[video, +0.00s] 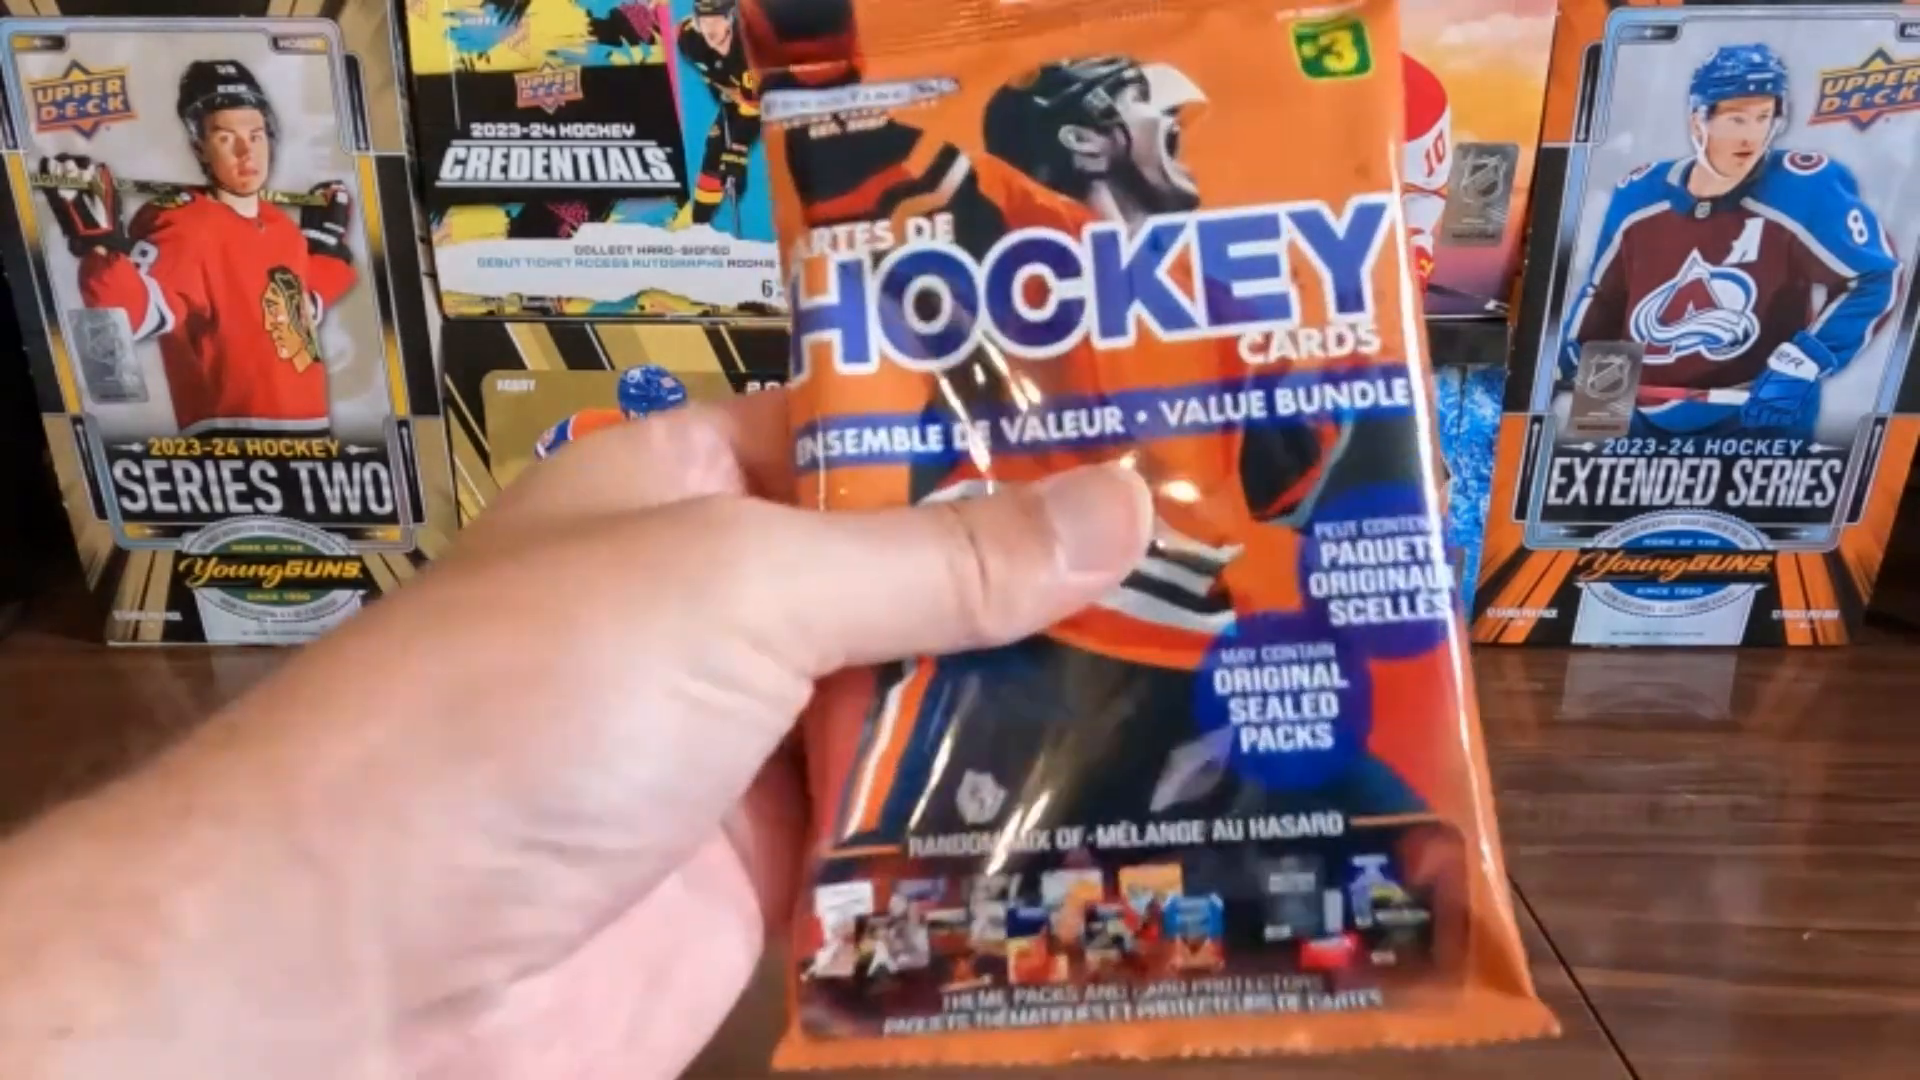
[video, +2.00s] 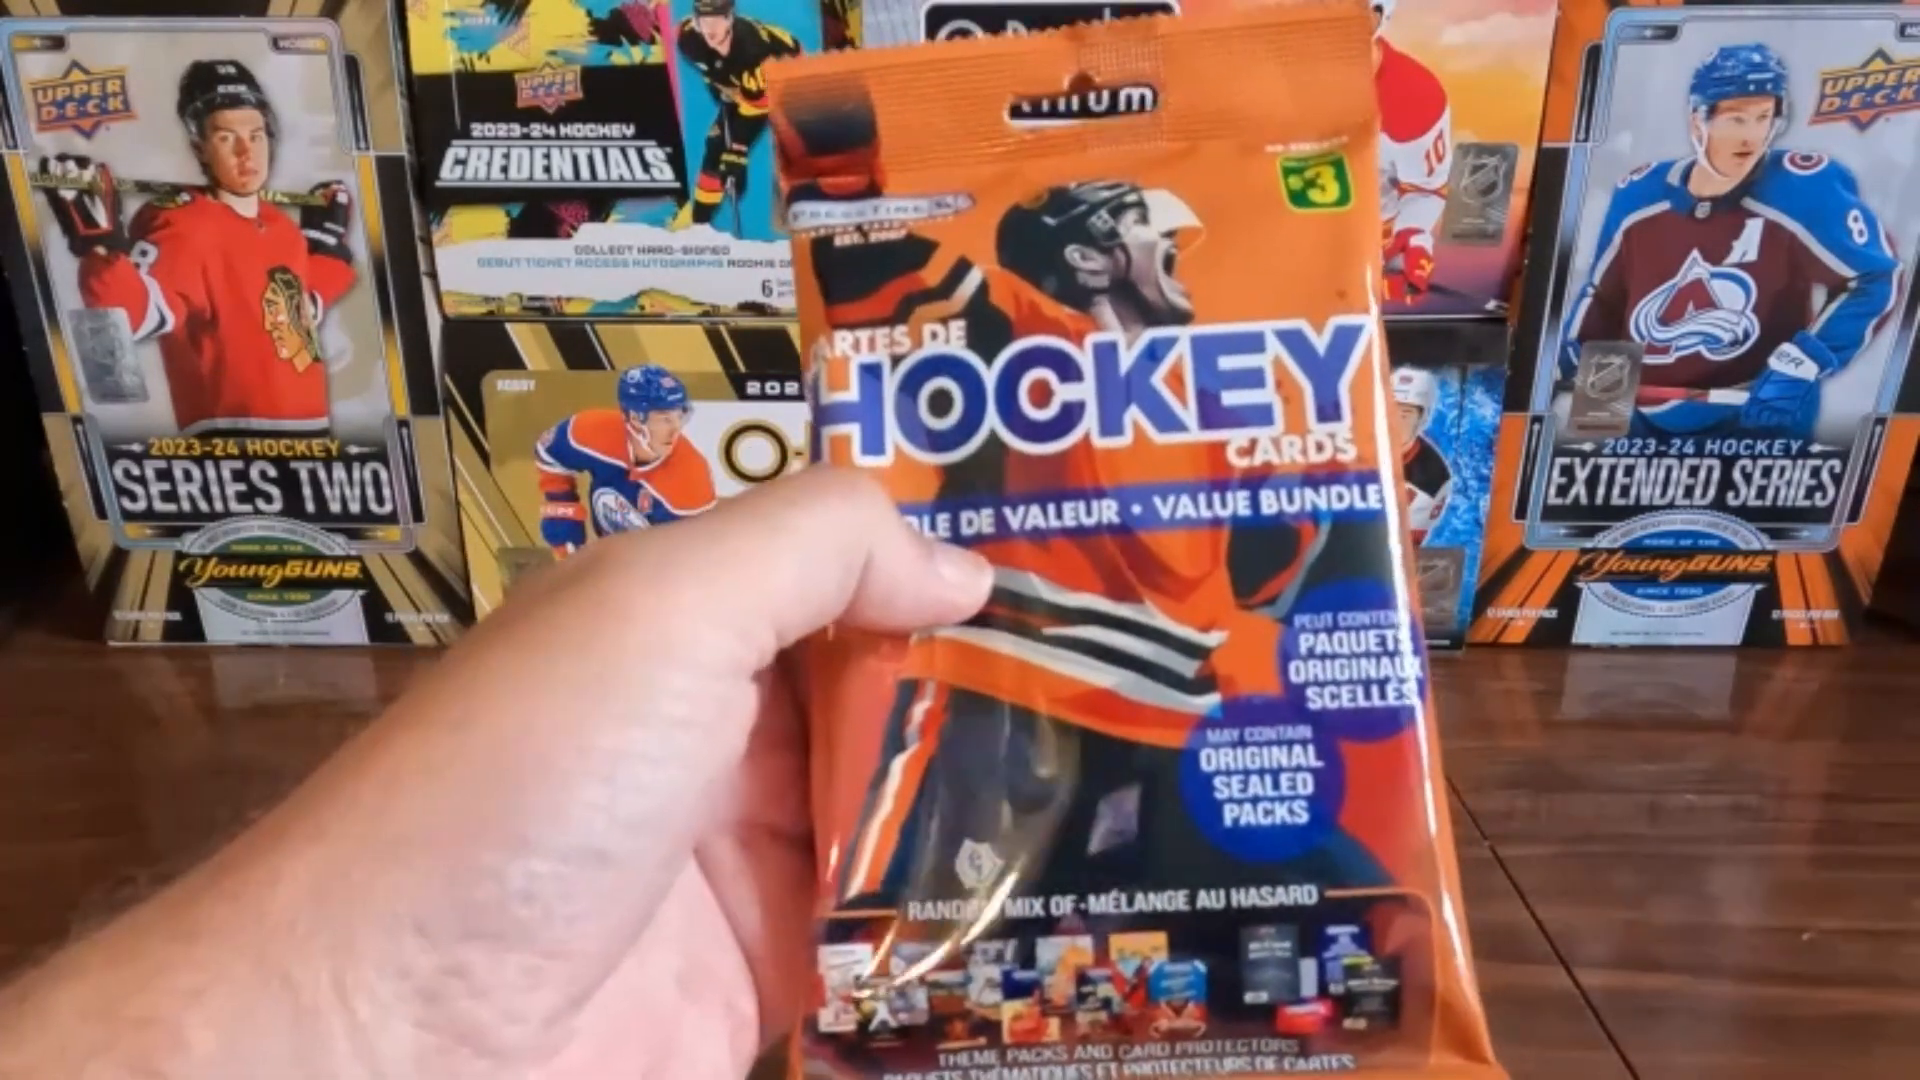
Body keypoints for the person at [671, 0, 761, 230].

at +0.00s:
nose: (710, 29)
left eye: (716, 21)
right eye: (704, 22)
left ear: (731, 18)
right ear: (696, 21)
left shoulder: (750, 44)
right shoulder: (688, 37)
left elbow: (751, 105)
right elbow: (709, 75)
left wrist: (736, 155)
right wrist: (731, 94)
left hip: (775, 98)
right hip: (733, 105)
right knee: (715, 152)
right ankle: (699, 222)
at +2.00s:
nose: (710, 30)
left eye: (716, 22)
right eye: (704, 22)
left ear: (729, 19)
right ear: (695, 21)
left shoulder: (750, 48)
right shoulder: (688, 37)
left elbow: (755, 107)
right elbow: (711, 72)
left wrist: (737, 153)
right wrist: (729, 91)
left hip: (788, 83)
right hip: (738, 94)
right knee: (716, 148)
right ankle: (700, 221)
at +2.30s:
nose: (710, 29)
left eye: (716, 21)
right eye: (704, 22)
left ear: (730, 19)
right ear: (696, 21)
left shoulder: (751, 39)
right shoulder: (688, 38)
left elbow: (752, 103)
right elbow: (711, 75)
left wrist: (737, 153)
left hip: (770, 101)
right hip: (732, 105)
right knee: (715, 147)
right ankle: (699, 222)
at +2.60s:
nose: (709, 29)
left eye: (715, 22)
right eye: (704, 22)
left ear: (729, 19)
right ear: (696, 21)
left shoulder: (751, 36)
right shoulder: (688, 38)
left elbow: (750, 100)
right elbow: (712, 76)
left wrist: (736, 156)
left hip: (768, 104)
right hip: (731, 106)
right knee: (714, 148)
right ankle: (698, 221)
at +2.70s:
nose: (709, 29)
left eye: (715, 22)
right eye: (704, 22)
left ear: (729, 19)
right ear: (696, 21)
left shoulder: (750, 36)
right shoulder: (688, 38)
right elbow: (710, 75)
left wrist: (735, 156)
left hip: (765, 104)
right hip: (730, 105)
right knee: (714, 150)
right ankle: (699, 221)